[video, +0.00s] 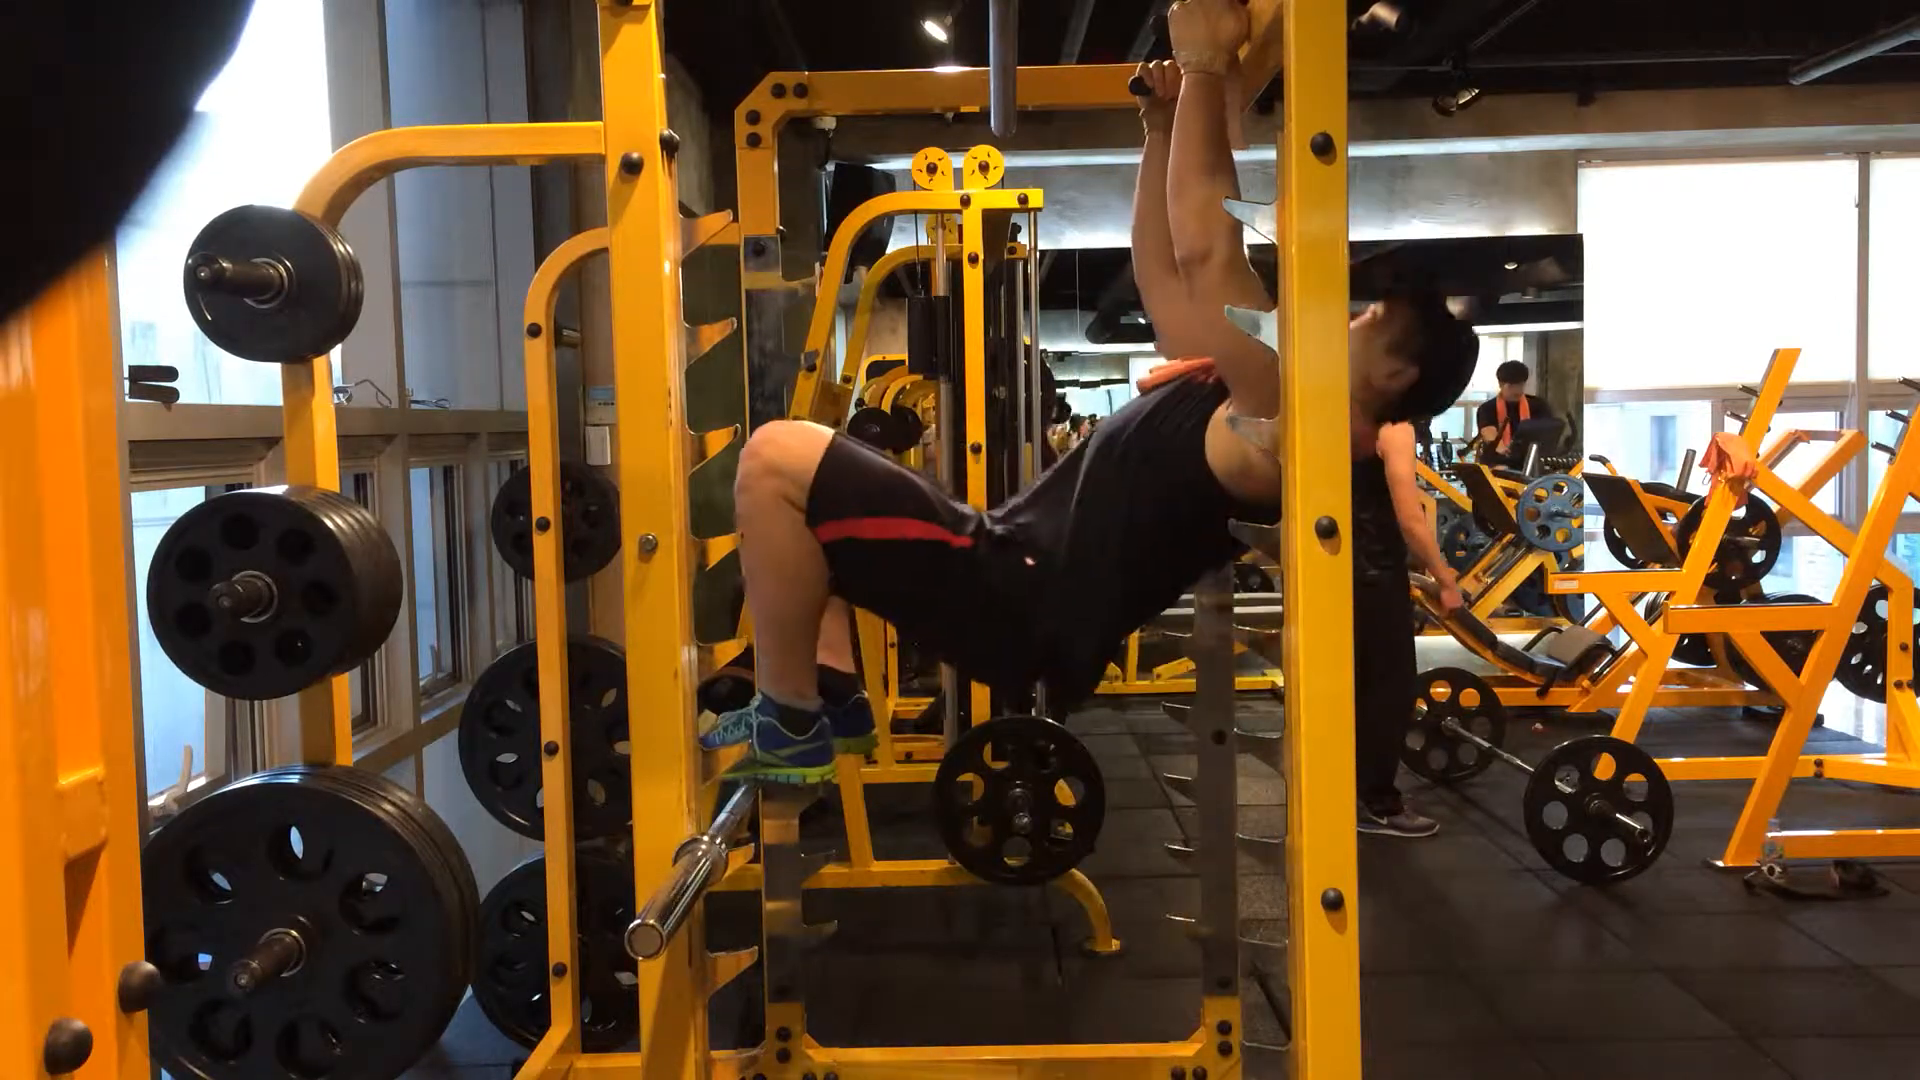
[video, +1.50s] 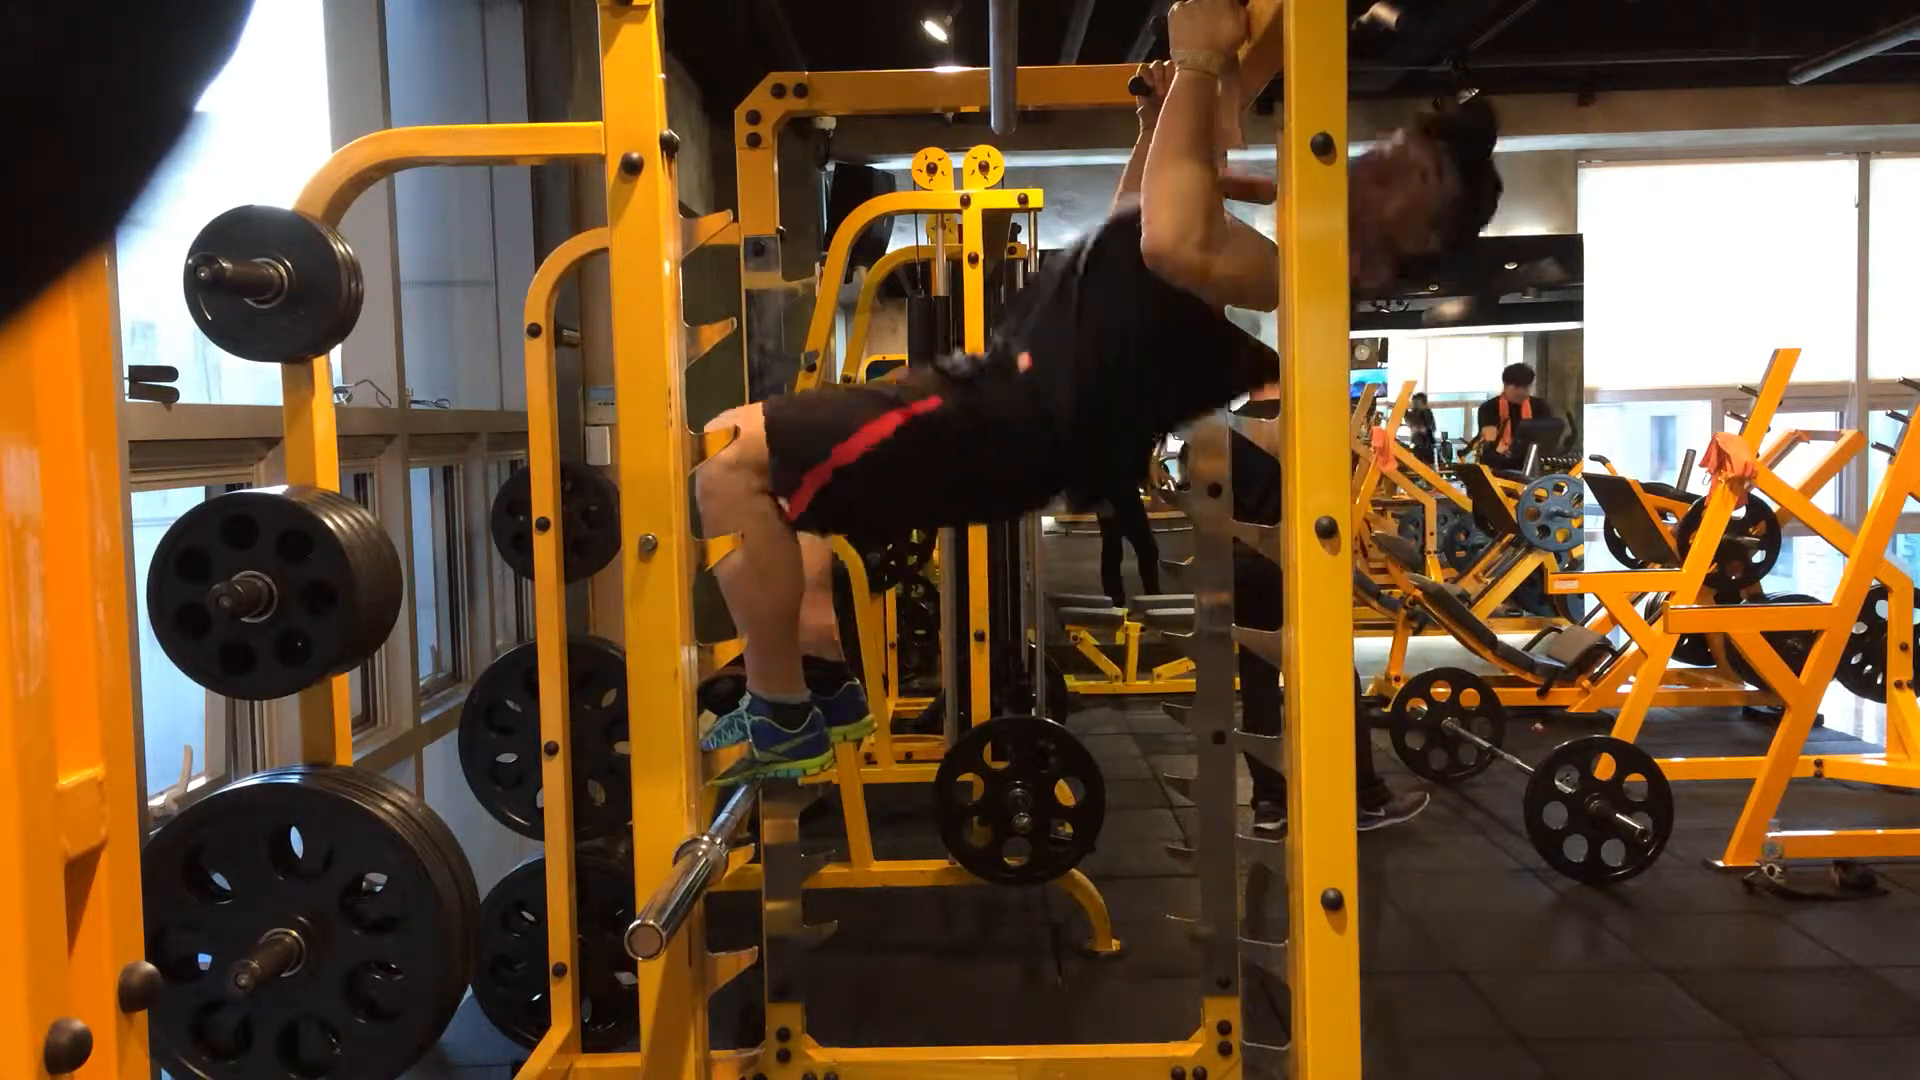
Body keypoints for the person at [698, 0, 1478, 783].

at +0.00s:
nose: (1342, 316)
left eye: (1366, 316)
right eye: (1360, 307)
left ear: (1387, 357)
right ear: (1374, 344)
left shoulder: (1302, 424)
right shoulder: (1271, 400)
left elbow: (1208, 257)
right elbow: (1165, 291)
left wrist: (1209, 71)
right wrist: (1160, 127)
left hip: (1027, 614)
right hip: (1018, 568)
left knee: (770, 465)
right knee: (803, 452)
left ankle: (788, 718)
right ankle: (828, 687)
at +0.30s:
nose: (1367, 299)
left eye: (1389, 305)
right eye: (1386, 293)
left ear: (1402, 351)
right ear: (1380, 321)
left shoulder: (1309, 412)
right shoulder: (1258, 373)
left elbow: (1212, 261)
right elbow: (1153, 281)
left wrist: (1211, 66)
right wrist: (1155, 130)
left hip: (1019, 552)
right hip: (1003, 512)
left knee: (749, 466)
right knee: (766, 452)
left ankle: (784, 716)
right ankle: (822, 674)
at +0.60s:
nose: (1403, 119)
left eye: (1427, 134)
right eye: (1418, 111)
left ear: (1431, 201)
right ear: (1397, 115)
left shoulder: (1348, 239)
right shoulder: (1327, 179)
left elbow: (1198, 242)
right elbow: (1193, 169)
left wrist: (1207, 66)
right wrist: (1204, 79)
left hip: (1052, 385)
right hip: (1038, 358)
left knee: (757, 456)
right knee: (800, 456)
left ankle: (785, 720)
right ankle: (823, 680)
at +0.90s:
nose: (1400, 150)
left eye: (1423, 159)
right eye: (1414, 142)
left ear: (1432, 225)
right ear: (1396, 172)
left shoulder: (1346, 271)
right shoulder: (1330, 245)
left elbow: (1195, 247)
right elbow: (1151, 241)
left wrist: (1205, 66)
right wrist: (1170, 111)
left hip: (1036, 422)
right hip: (1032, 397)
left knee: (752, 456)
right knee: (793, 453)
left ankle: (783, 717)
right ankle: (824, 675)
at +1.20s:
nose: (1370, 269)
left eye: (1399, 285)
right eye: (1381, 255)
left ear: (1408, 345)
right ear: (1354, 258)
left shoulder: (1318, 395)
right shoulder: (1263, 357)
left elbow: (1205, 266)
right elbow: (1143, 279)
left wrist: (1205, 71)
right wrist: (1155, 132)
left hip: (1020, 538)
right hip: (994, 479)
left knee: (738, 471)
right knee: (766, 445)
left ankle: (780, 714)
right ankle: (824, 674)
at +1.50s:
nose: (1376, 158)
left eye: (1403, 171)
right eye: (1391, 147)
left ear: (1415, 237)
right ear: (1369, 158)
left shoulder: (1326, 277)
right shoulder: (1310, 227)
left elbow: (1179, 244)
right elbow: (1142, 210)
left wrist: (1208, 66)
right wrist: (1187, 92)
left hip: (1020, 421)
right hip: (1007, 382)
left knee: (733, 474)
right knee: (746, 433)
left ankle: (782, 715)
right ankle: (822, 672)